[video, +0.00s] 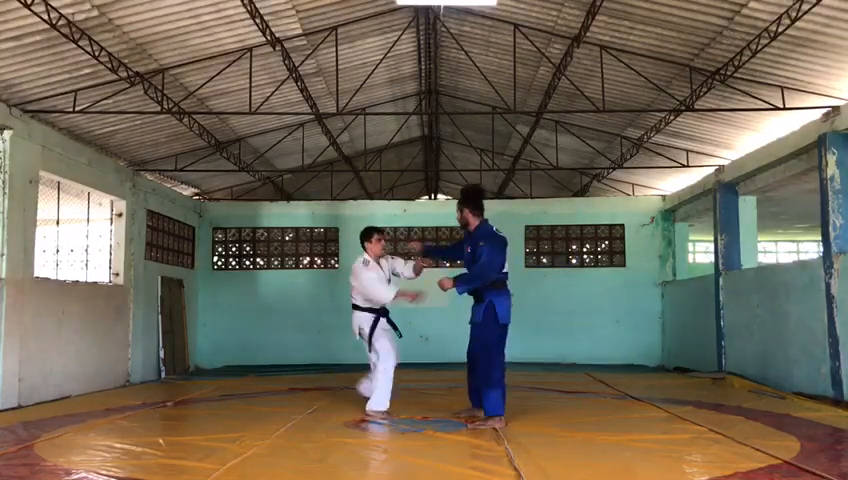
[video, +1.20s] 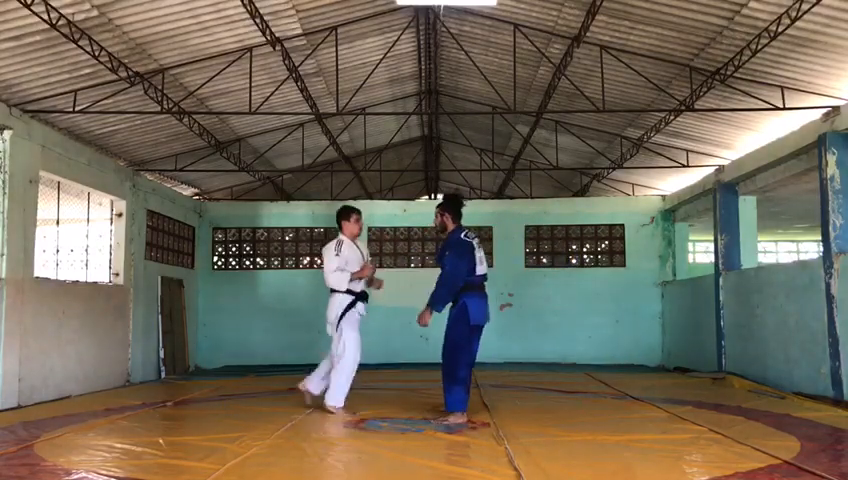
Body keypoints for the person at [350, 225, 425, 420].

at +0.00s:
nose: (383, 244)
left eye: (384, 240)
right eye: (379, 240)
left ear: (381, 243)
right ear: (367, 244)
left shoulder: (385, 261)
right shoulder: (361, 267)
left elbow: (406, 270)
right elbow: (376, 292)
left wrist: (418, 265)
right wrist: (404, 295)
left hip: (379, 316)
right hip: (365, 317)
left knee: (387, 355)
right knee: (387, 355)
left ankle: (368, 386)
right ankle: (377, 407)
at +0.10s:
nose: (381, 244)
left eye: (381, 240)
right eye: (377, 241)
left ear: (374, 243)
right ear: (366, 244)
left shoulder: (372, 258)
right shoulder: (368, 261)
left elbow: (388, 257)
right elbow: (399, 263)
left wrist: (401, 252)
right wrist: (420, 261)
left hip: (377, 315)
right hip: (370, 317)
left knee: (398, 355)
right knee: (390, 357)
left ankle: (394, 394)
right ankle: (377, 405)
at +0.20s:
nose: (383, 241)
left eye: (383, 238)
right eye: (380, 238)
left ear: (368, 240)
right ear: (370, 239)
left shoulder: (368, 255)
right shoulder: (367, 254)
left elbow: (395, 251)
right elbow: (397, 247)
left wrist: (406, 244)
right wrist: (408, 241)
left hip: (376, 312)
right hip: (374, 313)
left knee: (387, 355)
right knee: (392, 356)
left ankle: (392, 393)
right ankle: (379, 401)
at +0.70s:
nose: (379, 239)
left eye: (379, 235)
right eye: (375, 236)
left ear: (377, 238)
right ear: (363, 238)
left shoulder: (377, 257)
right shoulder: (359, 254)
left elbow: (395, 275)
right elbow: (373, 264)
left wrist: (398, 259)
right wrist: (388, 252)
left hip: (377, 309)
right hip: (364, 309)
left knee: (391, 350)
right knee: (383, 351)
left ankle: (389, 392)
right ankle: (363, 397)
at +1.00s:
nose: (368, 226)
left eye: (368, 222)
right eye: (364, 222)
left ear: (360, 224)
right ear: (352, 224)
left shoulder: (367, 246)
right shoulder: (345, 247)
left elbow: (385, 270)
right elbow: (349, 274)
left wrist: (407, 276)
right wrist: (371, 267)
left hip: (365, 301)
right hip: (351, 302)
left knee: (369, 349)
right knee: (362, 351)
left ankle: (362, 395)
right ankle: (350, 401)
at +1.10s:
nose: (364, 220)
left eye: (364, 216)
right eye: (360, 216)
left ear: (361, 218)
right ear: (348, 219)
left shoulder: (364, 240)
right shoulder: (338, 242)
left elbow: (374, 266)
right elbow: (338, 272)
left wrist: (389, 274)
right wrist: (365, 266)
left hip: (359, 297)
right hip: (346, 298)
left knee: (351, 347)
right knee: (355, 348)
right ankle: (343, 396)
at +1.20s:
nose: (361, 225)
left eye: (361, 221)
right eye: (357, 221)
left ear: (355, 224)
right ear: (344, 224)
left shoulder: (357, 247)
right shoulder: (334, 247)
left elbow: (358, 275)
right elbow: (332, 278)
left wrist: (372, 282)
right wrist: (359, 275)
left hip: (355, 304)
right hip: (342, 304)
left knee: (341, 352)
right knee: (350, 353)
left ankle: (311, 385)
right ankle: (334, 402)